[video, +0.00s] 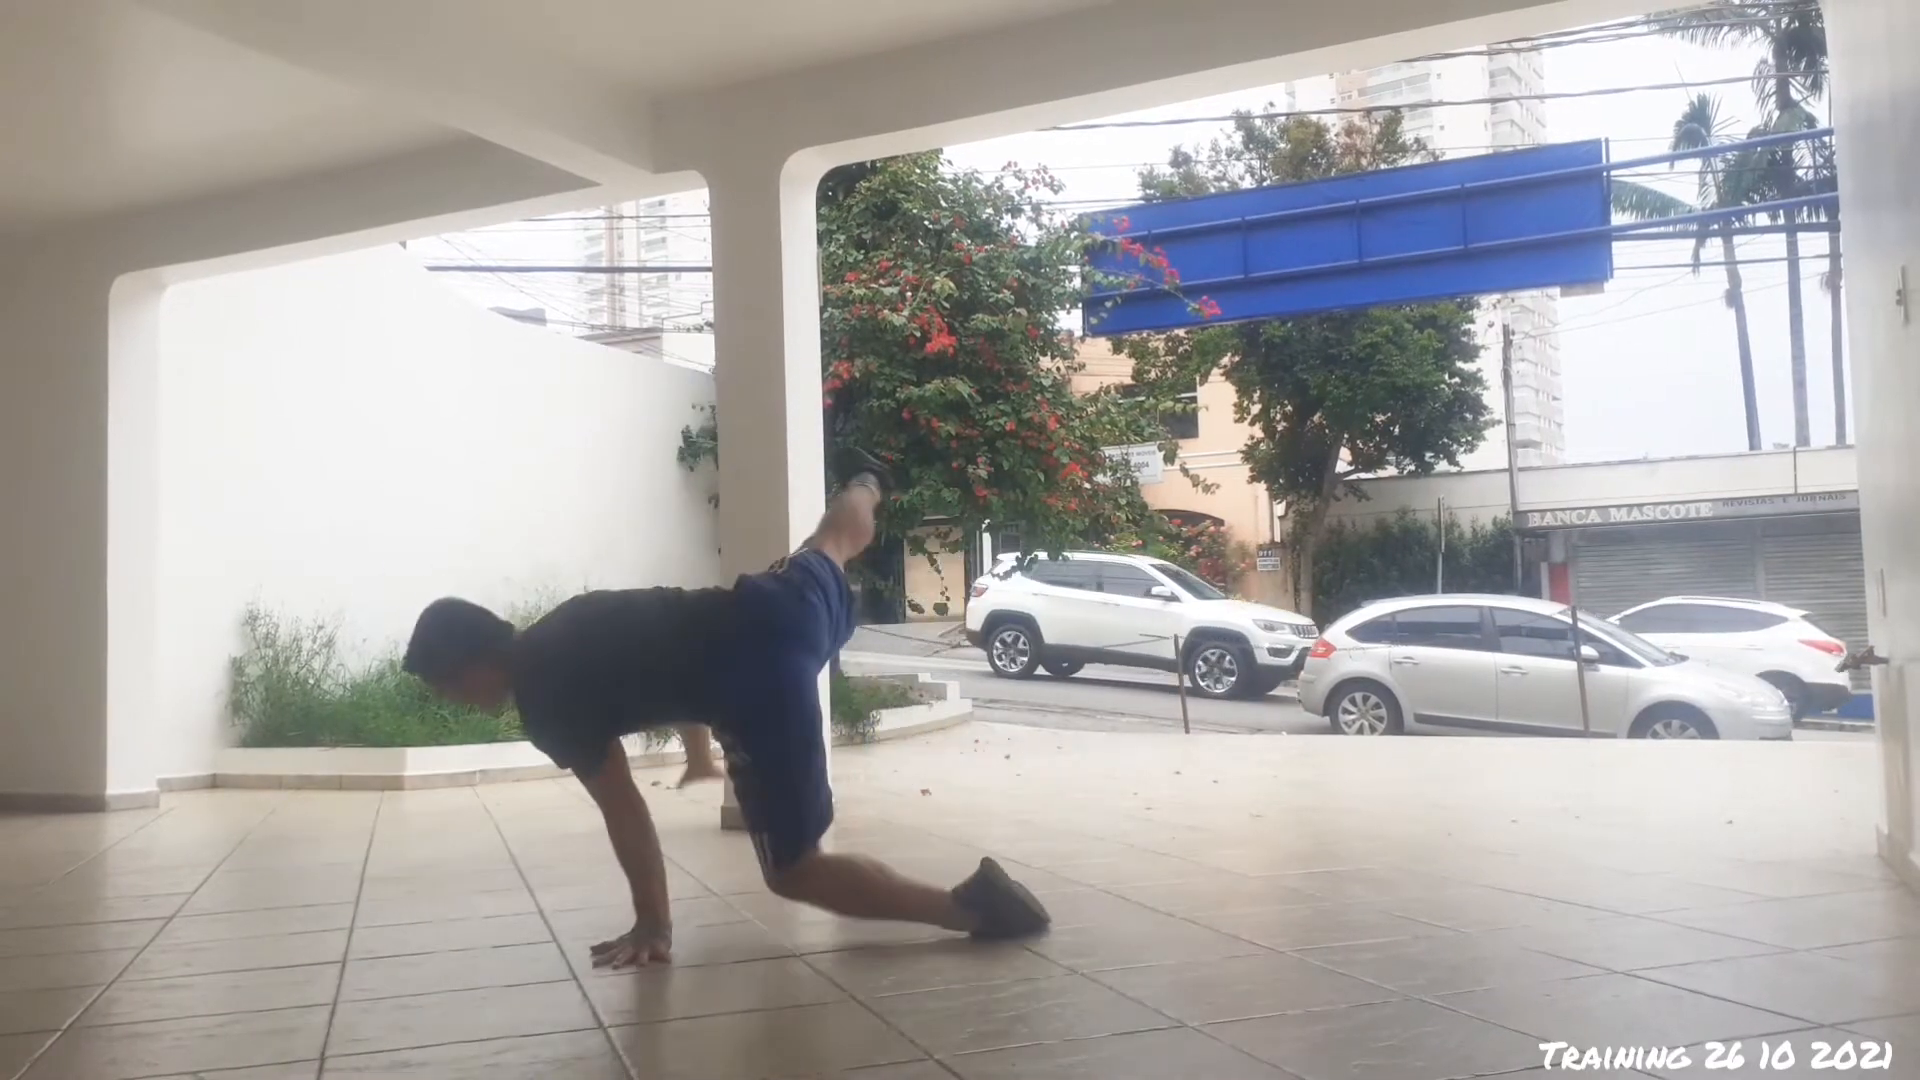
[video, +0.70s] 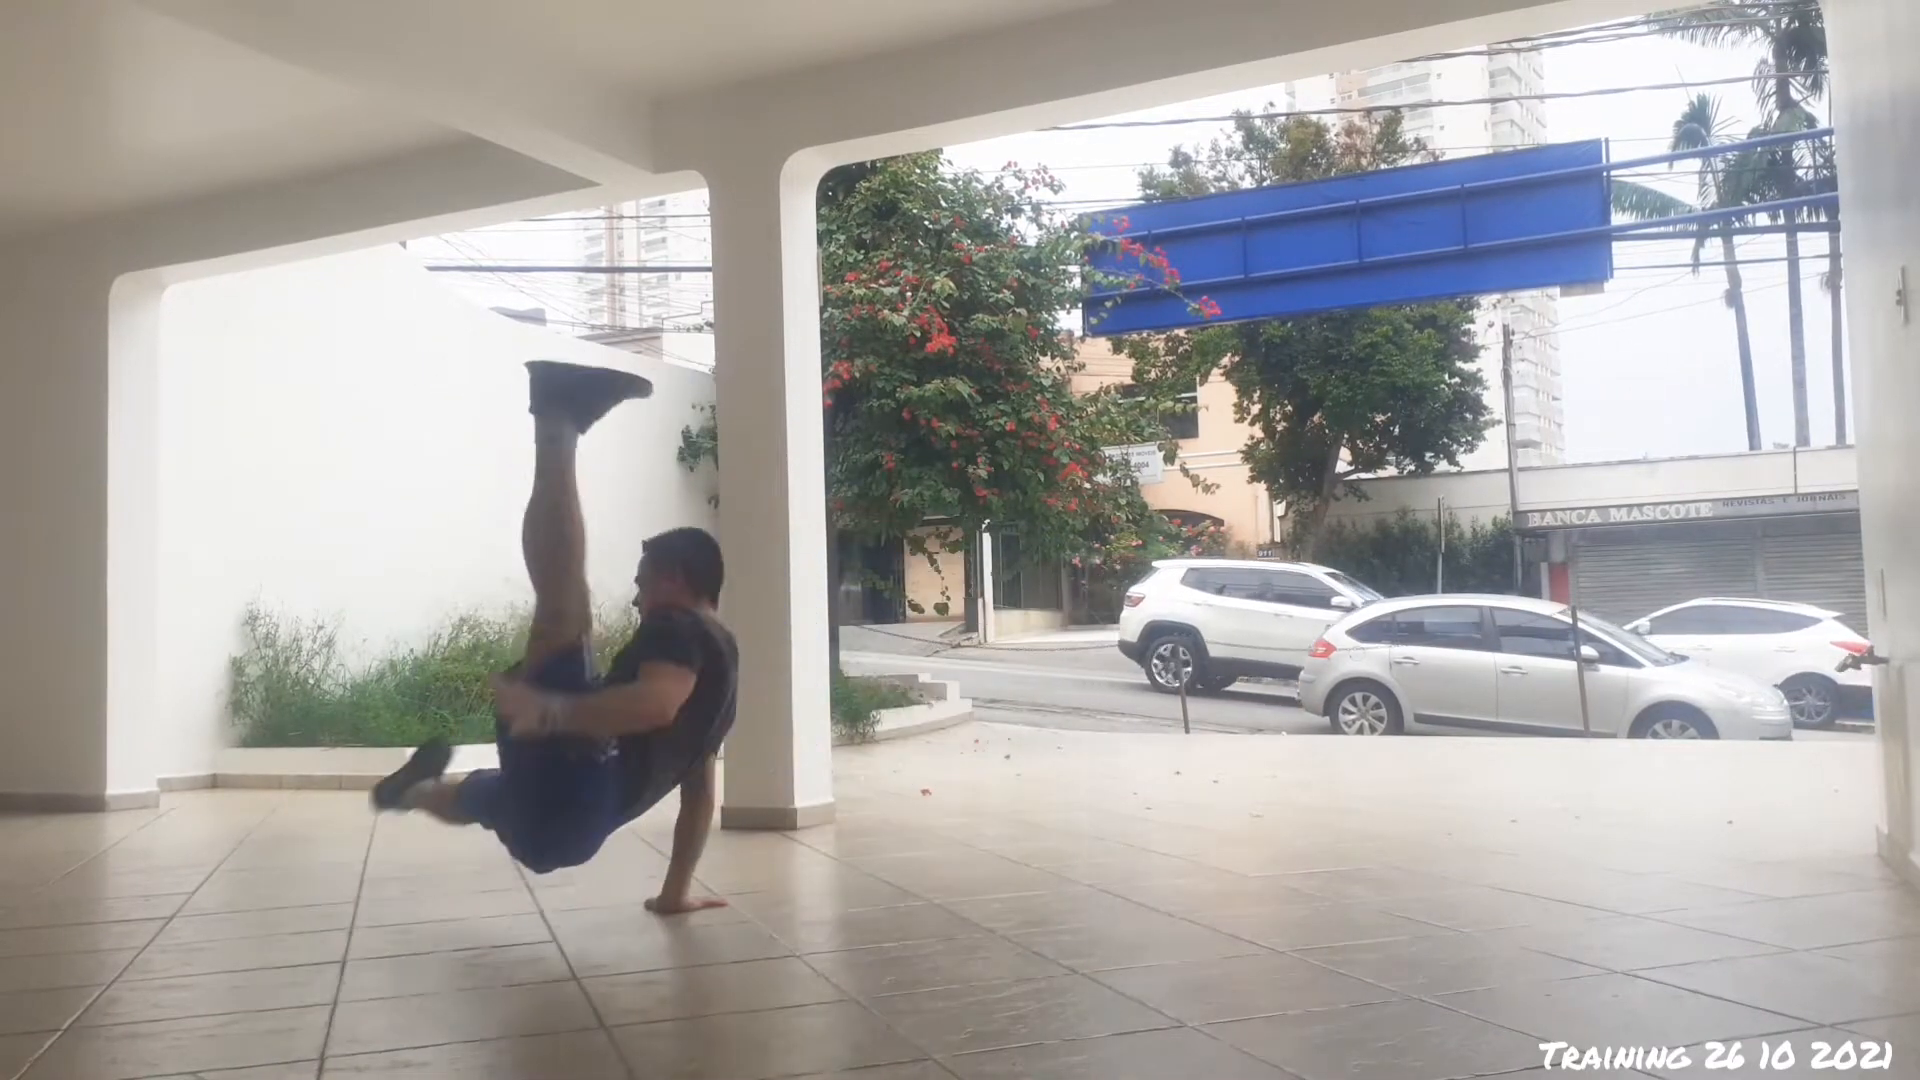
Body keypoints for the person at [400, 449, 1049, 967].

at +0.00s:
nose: (457, 705)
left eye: (448, 691)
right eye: (445, 696)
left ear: (469, 665)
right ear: (489, 630)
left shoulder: (544, 699)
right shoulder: (573, 617)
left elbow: (629, 813)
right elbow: (673, 653)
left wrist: (652, 929)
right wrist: (709, 754)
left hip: (758, 683)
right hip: (772, 604)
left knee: (793, 871)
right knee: (839, 540)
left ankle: (966, 909)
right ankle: (866, 490)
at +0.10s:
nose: (468, 734)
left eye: (460, 718)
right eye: (457, 724)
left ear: (489, 691)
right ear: (501, 675)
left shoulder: (553, 703)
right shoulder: (588, 673)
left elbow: (627, 806)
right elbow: (661, 784)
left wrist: (649, 924)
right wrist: (677, 889)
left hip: (729, 620)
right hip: (755, 570)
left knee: (760, 785)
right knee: (880, 571)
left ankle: (887, 865)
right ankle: (978, 553)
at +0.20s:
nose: (483, 753)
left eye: (477, 733)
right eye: (472, 740)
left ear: (501, 704)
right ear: (512, 698)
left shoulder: (558, 699)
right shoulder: (612, 695)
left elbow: (618, 812)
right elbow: (682, 784)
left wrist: (646, 925)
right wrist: (675, 890)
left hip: (716, 573)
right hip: (771, 581)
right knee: (906, 646)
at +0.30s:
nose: (491, 719)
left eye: (485, 703)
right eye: (484, 709)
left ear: (506, 677)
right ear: (525, 681)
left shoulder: (554, 675)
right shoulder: (625, 700)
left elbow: (584, 772)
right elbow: (677, 785)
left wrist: (608, 884)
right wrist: (672, 885)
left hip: (732, 570)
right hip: (784, 622)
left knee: (604, 557)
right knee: (880, 746)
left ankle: (460, 494)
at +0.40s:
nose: (507, 677)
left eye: (502, 661)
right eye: (499, 669)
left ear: (528, 631)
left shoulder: (566, 618)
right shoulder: (634, 704)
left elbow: (548, 632)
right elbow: (678, 792)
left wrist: (516, 740)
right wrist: (673, 892)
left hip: (740, 593)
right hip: (791, 663)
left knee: (586, 521)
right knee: (761, 814)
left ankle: (439, 427)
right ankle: (827, 895)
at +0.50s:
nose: (545, 639)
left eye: (546, 620)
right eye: (541, 624)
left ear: (576, 601)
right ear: (581, 612)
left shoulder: (628, 608)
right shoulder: (637, 682)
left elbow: (593, 546)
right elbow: (684, 785)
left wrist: (512, 534)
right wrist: (676, 890)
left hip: (724, 656)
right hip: (739, 753)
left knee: (581, 527)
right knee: (594, 866)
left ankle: (460, 416)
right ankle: (484, 951)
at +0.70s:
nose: (638, 591)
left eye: (645, 577)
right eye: (639, 577)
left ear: (675, 581)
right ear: (700, 586)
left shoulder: (679, 625)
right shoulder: (717, 657)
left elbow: (657, 701)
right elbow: (700, 794)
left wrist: (548, 709)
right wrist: (674, 894)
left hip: (560, 793)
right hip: (559, 841)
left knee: (560, 601)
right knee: (470, 794)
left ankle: (557, 421)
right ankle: (416, 791)